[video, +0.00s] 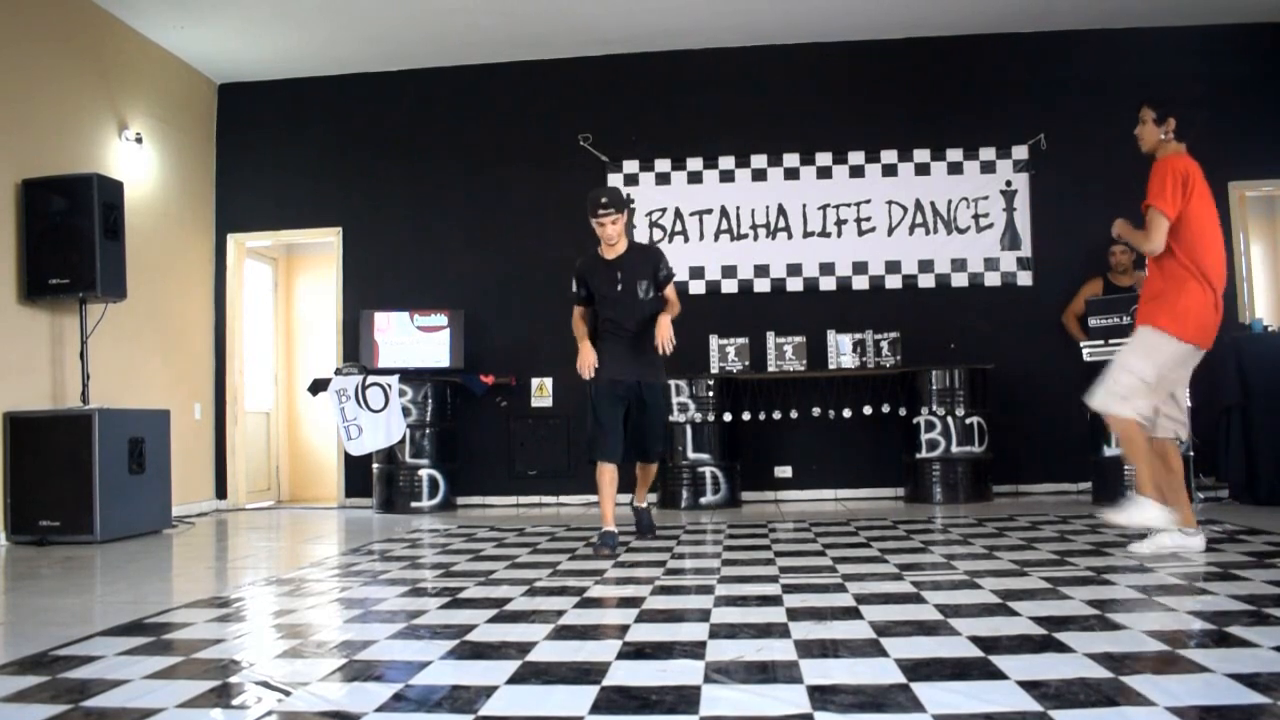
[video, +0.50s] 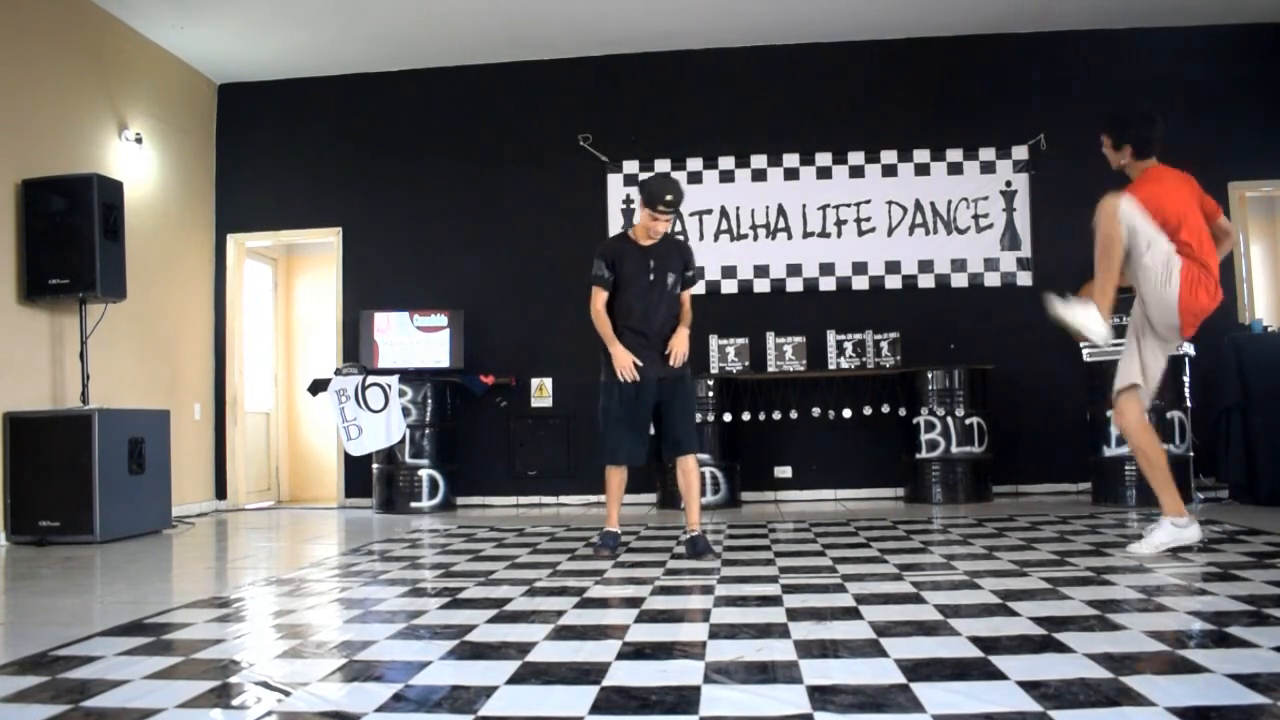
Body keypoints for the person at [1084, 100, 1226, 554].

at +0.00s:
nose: (1136, 131)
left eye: (1142, 122)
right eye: (1137, 123)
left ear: (1167, 126)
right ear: (1166, 127)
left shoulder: (1170, 166)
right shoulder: (1184, 169)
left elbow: (1153, 241)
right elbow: (1182, 249)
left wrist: (1124, 230)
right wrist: (1144, 248)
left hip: (1175, 310)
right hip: (1194, 315)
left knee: (1114, 399)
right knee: (1157, 425)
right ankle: (1184, 528)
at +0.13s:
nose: (1122, 139)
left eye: (1128, 131)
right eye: (1123, 131)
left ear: (1153, 134)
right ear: (1153, 135)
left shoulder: (1158, 172)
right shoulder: (1170, 174)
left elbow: (1133, 250)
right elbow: (1168, 258)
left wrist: (1116, 233)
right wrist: (1120, 260)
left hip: (1183, 292)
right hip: (1191, 305)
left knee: (1076, 289)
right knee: (1144, 412)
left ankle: (1041, 398)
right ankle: (1183, 525)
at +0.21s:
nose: (1111, 148)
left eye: (1116, 140)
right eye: (1112, 140)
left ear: (1140, 144)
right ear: (1143, 145)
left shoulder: (1142, 184)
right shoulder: (1163, 180)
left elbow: (1112, 257)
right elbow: (1130, 261)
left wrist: (1075, 307)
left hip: (1182, 283)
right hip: (1165, 308)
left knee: (1101, 211)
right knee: (1127, 408)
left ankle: (1026, 298)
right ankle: (1175, 516)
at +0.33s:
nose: (1105, 166)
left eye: (1105, 158)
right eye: (1104, 159)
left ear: (1114, 157)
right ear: (1145, 150)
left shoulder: (1171, 177)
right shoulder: (1114, 216)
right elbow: (1109, 282)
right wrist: (1116, 276)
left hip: (1181, 282)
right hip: (1143, 314)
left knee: (1164, 170)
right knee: (1104, 408)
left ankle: (1058, 223)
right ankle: (1159, 510)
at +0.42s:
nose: (1109, 168)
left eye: (1107, 161)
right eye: (1111, 162)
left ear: (1111, 162)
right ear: (1149, 152)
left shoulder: (1175, 181)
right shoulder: (1124, 211)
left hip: (1186, 288)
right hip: (1148, 318)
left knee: (1146, 179)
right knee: (1106, 409)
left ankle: (1073, 262)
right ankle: (1164, 511)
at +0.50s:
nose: (1104, 153)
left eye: (1106, 146)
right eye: (1104, 146)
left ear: (1125, 149)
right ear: (1148, 147)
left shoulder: (1138, 192)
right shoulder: (1182, 181)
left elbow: (1120, 266)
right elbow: (1227, 233)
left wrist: (1095, 295)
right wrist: (1197, 266)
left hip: (1180, 290)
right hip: (1165, 313)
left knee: (1113, 204)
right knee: (1127, 411)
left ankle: (1097, 311)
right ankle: (1177, 518)